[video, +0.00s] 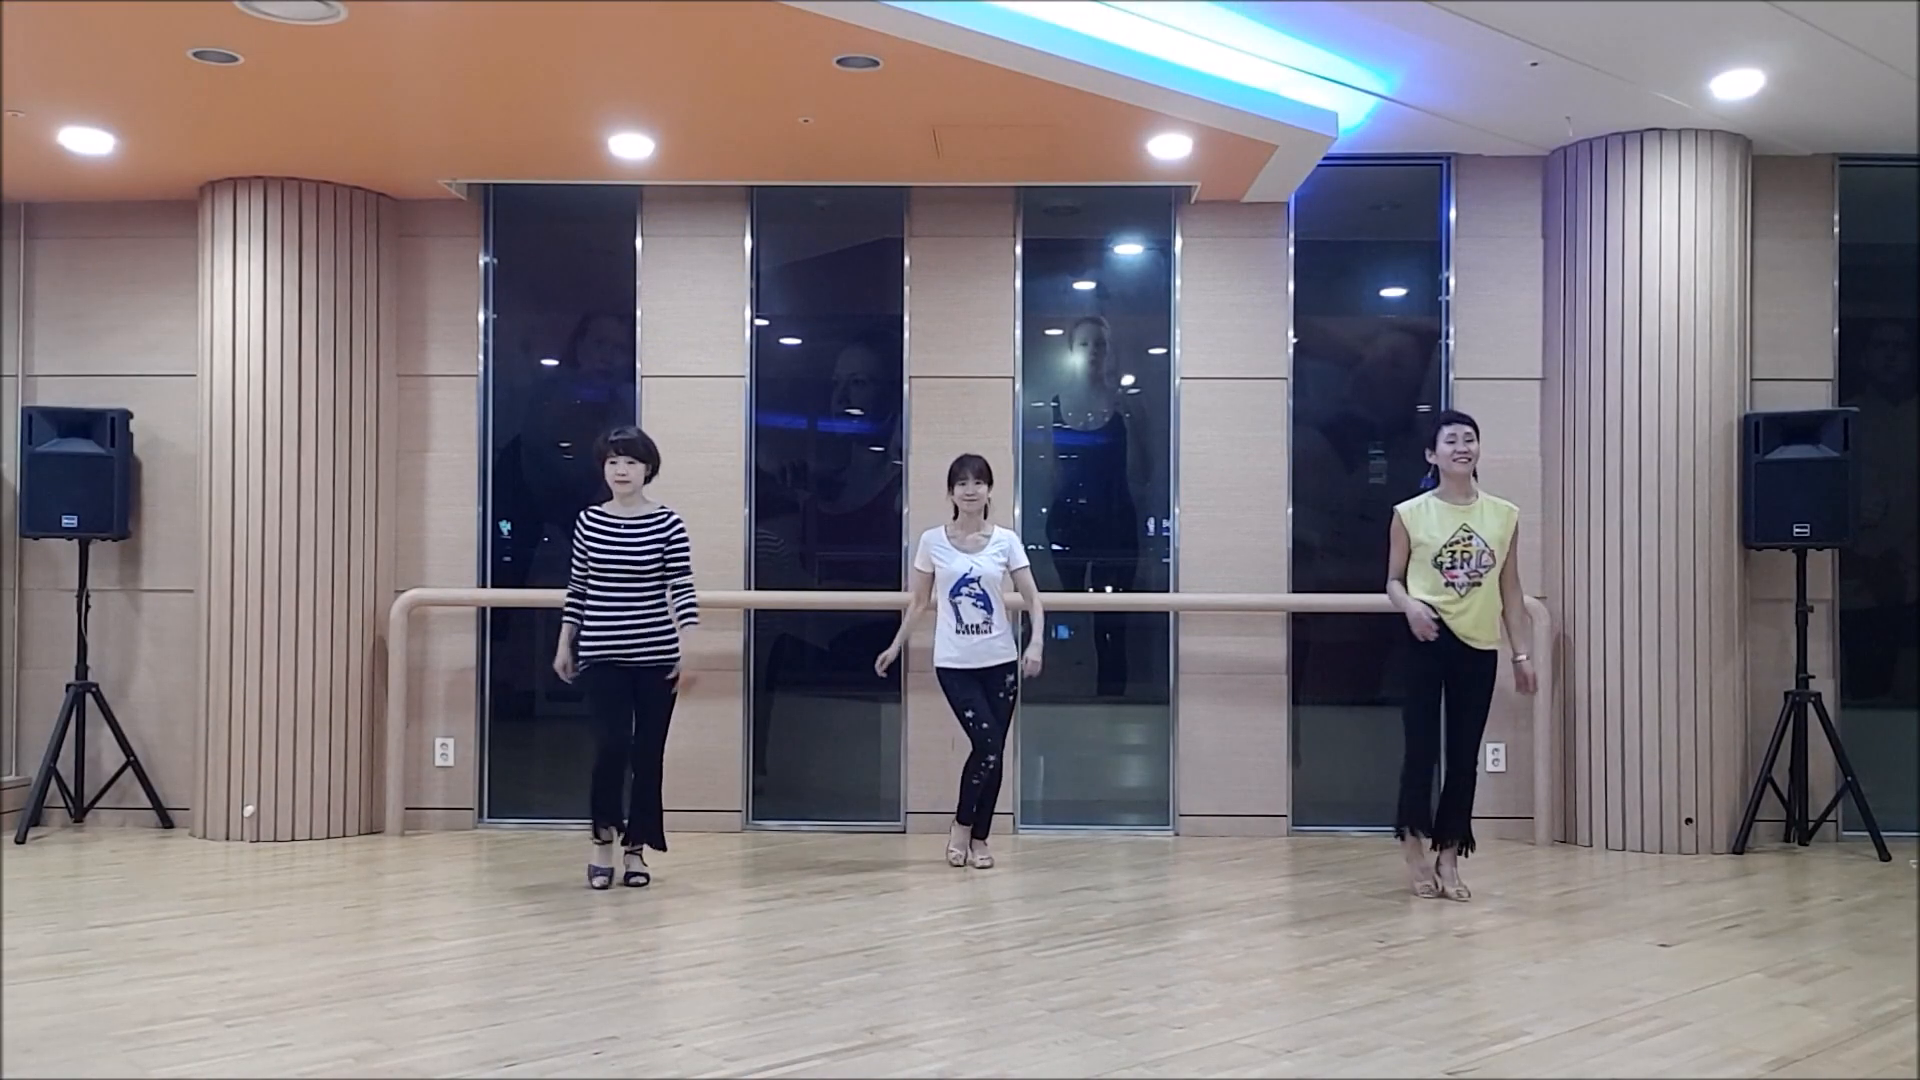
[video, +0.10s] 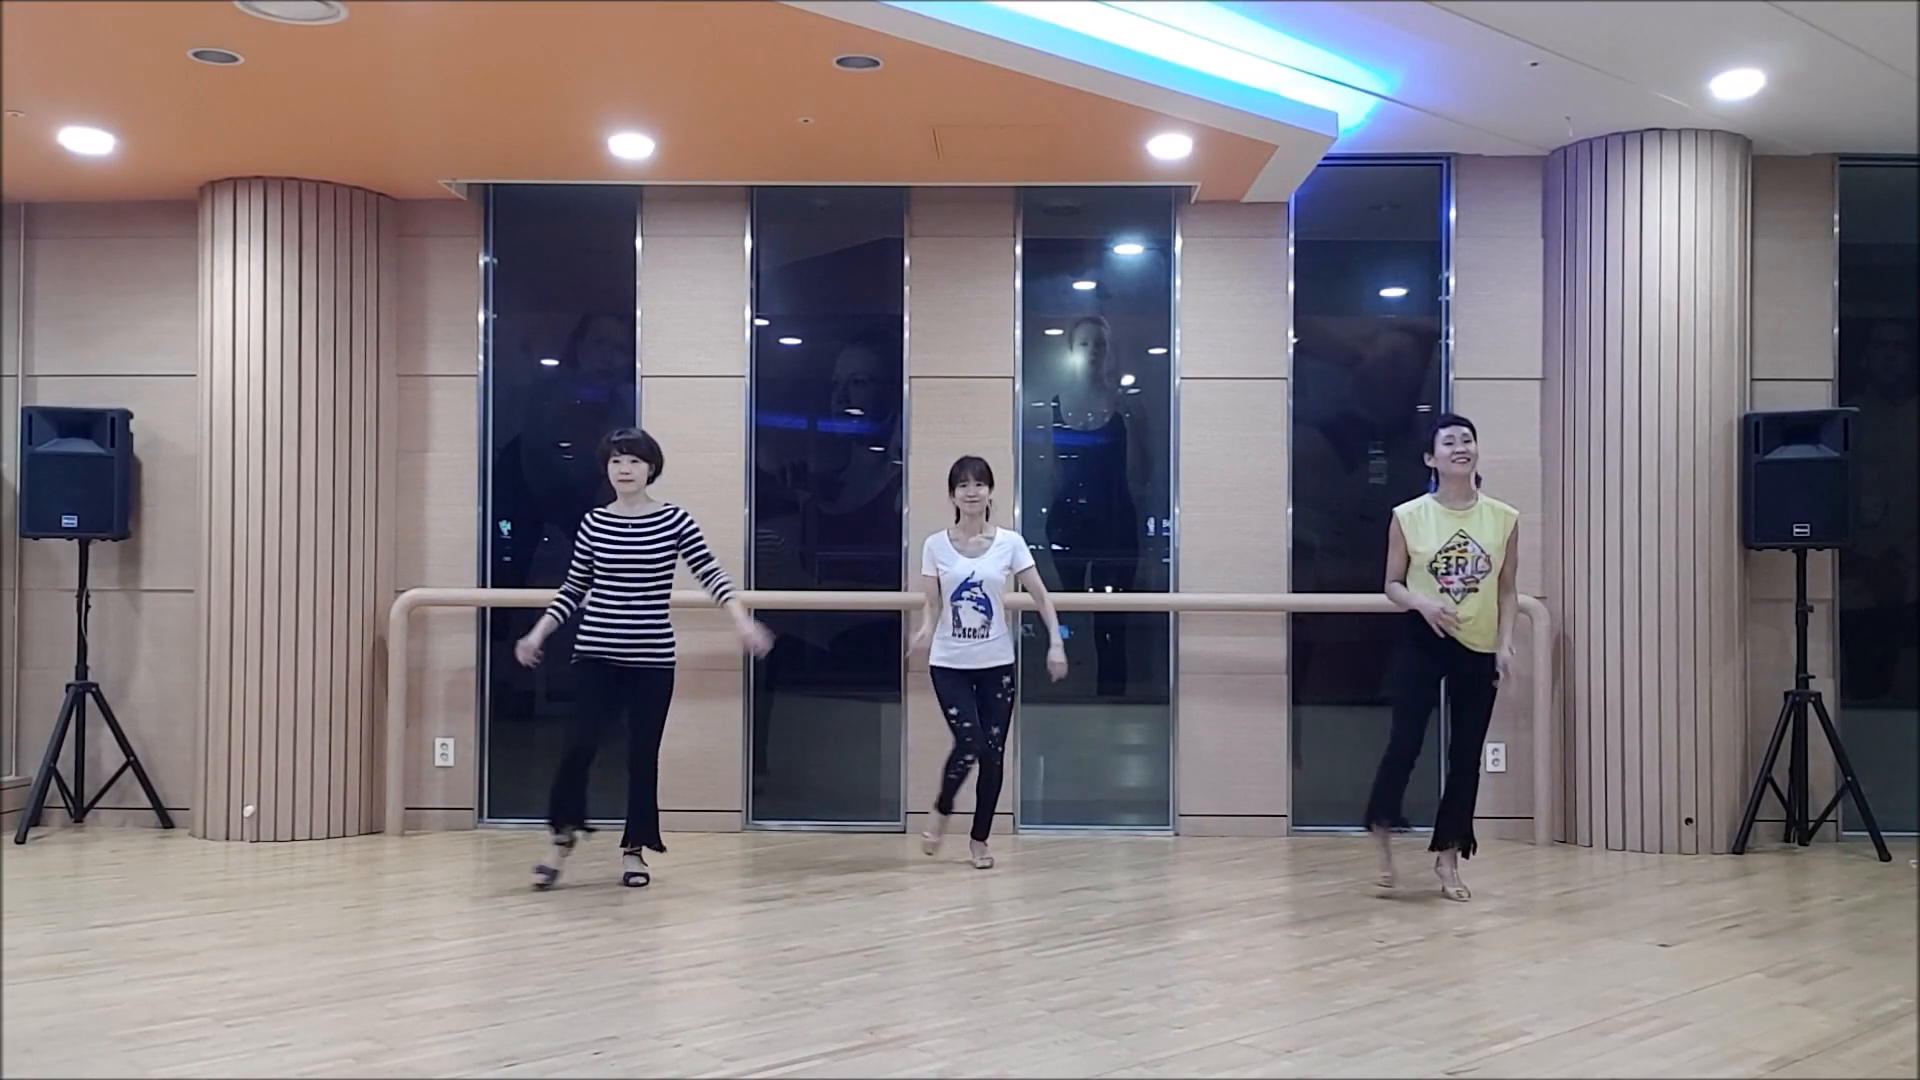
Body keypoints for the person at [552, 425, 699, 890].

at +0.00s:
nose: (620, 470)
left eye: (631, 462)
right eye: (613, 462)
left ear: (648, 469)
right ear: (604, 468)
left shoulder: (666, 522)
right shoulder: (589, 520)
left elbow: (682, 587)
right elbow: (577, 586)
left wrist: (689, 650)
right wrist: (564, 642)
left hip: (657, 655)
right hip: (602, 655)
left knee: (648, 755)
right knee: (612, 746)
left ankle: (635, 850)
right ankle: (602, 842)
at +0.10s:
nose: (624, 468)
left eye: (634, 460)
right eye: (617, 461)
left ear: (652, 467)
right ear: (606, 468)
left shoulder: (675, 520)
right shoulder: (594, 522)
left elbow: (710, 572)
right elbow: (574, 587)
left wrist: (744, 619)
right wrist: (537, 633)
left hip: (652, 657)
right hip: (595, 653)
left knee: (642, 756)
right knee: (580, 744)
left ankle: (634, 851)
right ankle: (562, 837)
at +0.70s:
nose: (630, 462)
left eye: (640, 456)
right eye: (623, 456)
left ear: (656, 468)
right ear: (611, 465)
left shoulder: (671, 523)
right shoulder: (593, 518)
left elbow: (675, 593)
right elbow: (570, 582)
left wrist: (633, 559)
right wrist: (521, 612)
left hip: (658, 654)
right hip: (602, 652)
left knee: (649, 756)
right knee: (599, 746)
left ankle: (636, 851)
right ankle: (583, 841)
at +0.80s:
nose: (630, 459)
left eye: (640, 453)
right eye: (623, 452)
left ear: (656, 465)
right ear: (611, 462)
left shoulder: (674, 515)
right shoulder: (596, 515)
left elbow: (679, 578)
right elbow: (575, 581)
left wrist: (635, 547)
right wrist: (524, 608)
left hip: (650, 652)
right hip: (594, 647)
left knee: (641, 752)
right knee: (572, 743)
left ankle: (633, 851)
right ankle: (537, 847)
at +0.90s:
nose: (632, 460)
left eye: (641, 454)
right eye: (624, 454)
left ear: (658, 466)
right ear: (612, 463)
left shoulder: (674, 515)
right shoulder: (598, 516)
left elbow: (675, 571)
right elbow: (576, 583)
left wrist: (632, 529)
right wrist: (523, 610)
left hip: (643, 654)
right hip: (586, 647)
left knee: (632, 754)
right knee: (562, 745)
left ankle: (633, 853)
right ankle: (528, 851)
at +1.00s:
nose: (635, 463)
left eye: (645, 457)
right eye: (628, 457)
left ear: (662, 467)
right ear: (616, 466)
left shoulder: (678, 517)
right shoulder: (604, 514)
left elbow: (670, 560)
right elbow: (578, 583)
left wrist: (631, 519)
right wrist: (524, 606)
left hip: (644, 656)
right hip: (587, 647)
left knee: (631, 755)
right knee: (560, 745)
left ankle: (632, 853)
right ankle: (527, 850)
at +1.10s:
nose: (642, 465)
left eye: (652, 459)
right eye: (635, 459)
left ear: (669, 469)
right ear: (624, 469)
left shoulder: (685, 518)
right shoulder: (609, 519)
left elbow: (678, 553)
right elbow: (582, 579)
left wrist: (649, 546)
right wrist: (528, 599)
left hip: (653, 659)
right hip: (596, 651)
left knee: (639, 757)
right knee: (561, 747)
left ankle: (630, 854)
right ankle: (527, 851)